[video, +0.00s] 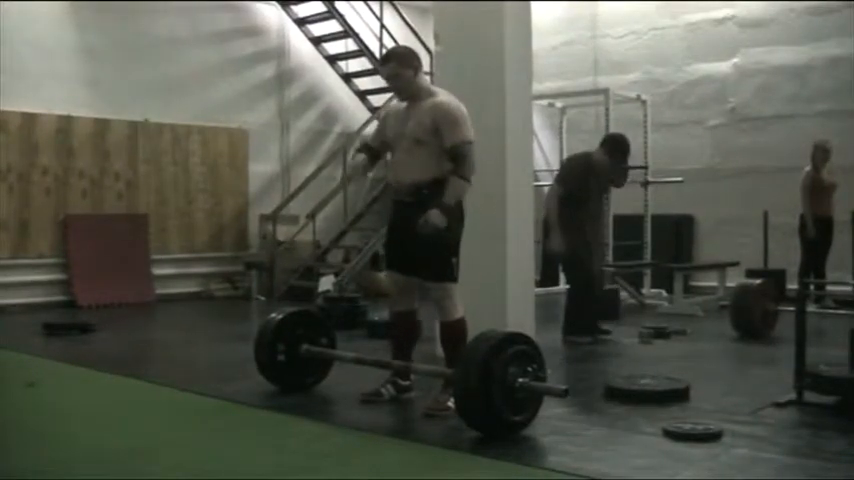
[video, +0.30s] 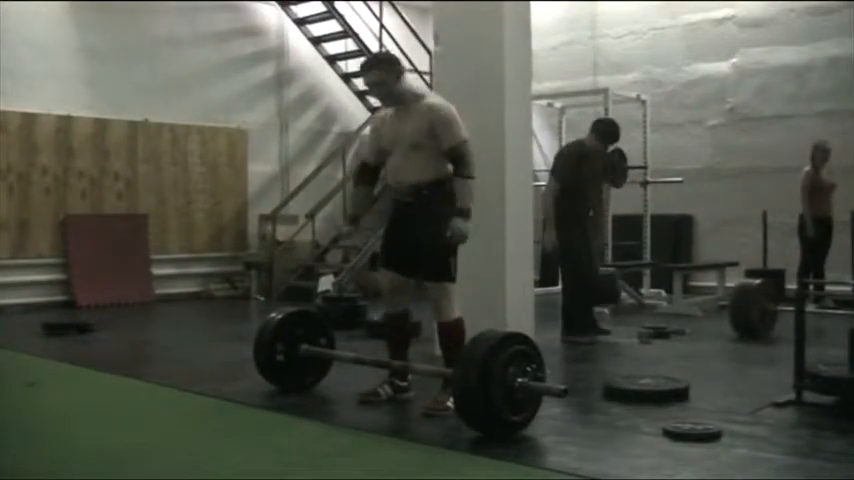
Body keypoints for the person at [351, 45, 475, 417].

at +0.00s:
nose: (391, 85)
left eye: (395, 77)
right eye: (387, 79)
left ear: (415, 70)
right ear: (388, 78)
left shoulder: (446, 108)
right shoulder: (393, 113)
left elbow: (465, 164)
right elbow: (375, 149)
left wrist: (445, 208)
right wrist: (365, 158)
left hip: (438, 202)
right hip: (402, 203)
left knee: (444, 296)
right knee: (401, 293)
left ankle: (453, 386)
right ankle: (400, 379)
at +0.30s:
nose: (375, 94)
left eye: (378, 85)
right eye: (370, 88)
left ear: (396, 75)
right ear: (371, 87)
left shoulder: (436, 111)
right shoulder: (382, 122)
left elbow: (463, 160)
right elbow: (368, 169)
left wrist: (463, 214)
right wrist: (357, 211)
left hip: (438, 202)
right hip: (401, 204)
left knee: (441, 295)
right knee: (394, 291)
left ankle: (453, 387)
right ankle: (398, 380)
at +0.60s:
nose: (344, 144)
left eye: (345, 136)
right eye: (340, 138)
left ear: (361, 125)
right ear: (344, 135)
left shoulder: (413, 147)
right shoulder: (365, 161)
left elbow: (439, 207)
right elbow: (358, 215)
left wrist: (449, 258)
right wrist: (354, 264)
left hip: (444, 223)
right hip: (406, 228)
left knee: (434, 299)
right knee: (391, 294)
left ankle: (450, 387)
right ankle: (399, 379)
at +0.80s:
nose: (345, 201)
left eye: (346, 194)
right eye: (341, 196)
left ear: (361, 185)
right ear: (341, 193)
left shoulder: (412, 208)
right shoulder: (355, 207)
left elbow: (433, 264)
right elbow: (350, 262)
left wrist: (442, 316)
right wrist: (342, 318)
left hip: (449, 256)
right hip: (404, 258)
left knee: (415, 314)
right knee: (373, 305)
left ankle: (446, 387)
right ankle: (398, 380)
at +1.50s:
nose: (332, 158)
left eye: (336, 150)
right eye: (330, 151)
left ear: (357, 146)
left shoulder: (394, 166)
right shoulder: (355, 177)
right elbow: (355, 224)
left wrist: (447, 270)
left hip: (441, 221)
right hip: (404, 230)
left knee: (430, 302)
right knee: (386, 300)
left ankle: (443, 388)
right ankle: (396, 379)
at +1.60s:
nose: (349, 102)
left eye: (356, 95)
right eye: (348, 96)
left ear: (376, 95)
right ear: (355, 99)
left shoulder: (410, 128)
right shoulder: (360, 139)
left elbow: (455, 169)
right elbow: (351, 187)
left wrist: (451, 221)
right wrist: (345, 226)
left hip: (428, 223)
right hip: (391, 225)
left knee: (424, 301)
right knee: (376, 296)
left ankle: (441, 387)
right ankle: (394, 381)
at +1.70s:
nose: (368, 71)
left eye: (375, 64)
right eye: (365, 65)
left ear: (395, 63)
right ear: (366, 71)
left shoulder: (427, 107)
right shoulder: (368, 118)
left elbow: (464, 151)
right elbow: (351, 162)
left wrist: (450, 189)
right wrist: (341, 199)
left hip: (429, 209)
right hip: (388, 212)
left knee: (420, 292)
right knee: (374, 290)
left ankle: (439, 384)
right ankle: (389, 375)